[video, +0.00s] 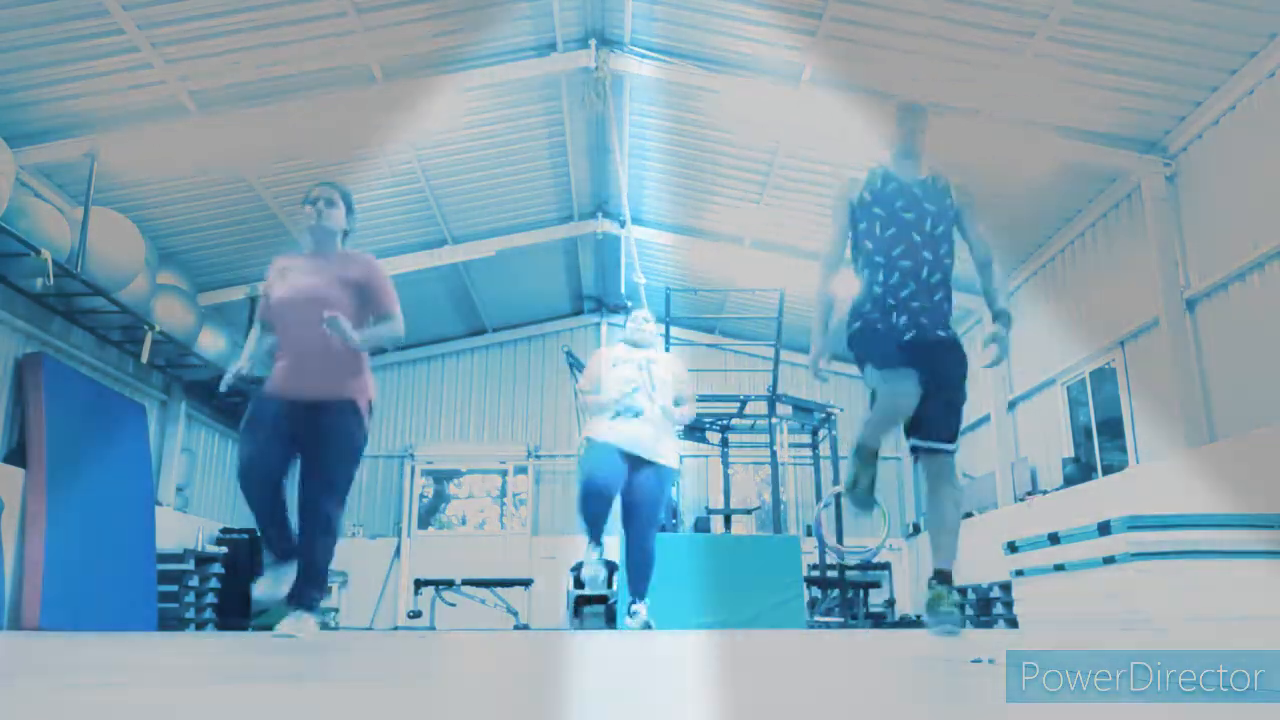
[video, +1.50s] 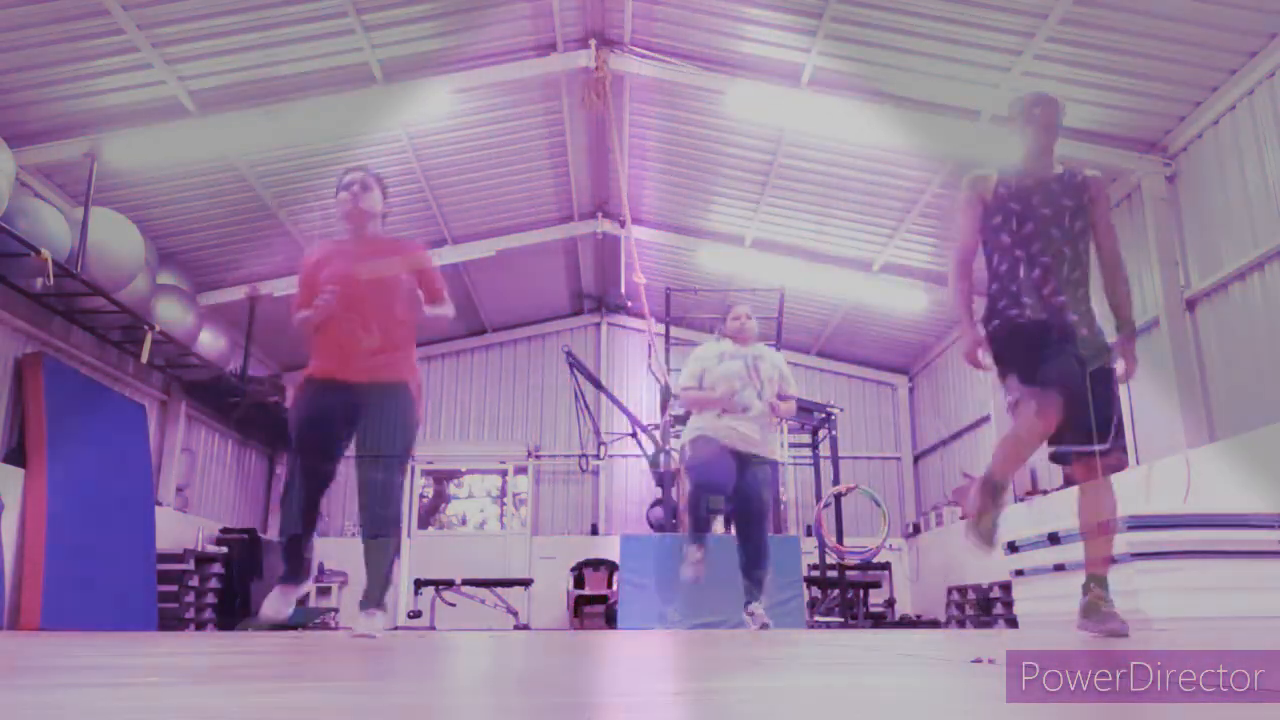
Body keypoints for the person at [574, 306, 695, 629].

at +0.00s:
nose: (642, 325)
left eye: (648, 321)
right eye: (636, 321)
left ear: (657, 331)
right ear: (624, 328)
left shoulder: (672, 363)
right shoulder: (604, 357)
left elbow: (689, 410)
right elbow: (582, 401)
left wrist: (671, 412)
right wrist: (614, 399)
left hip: (655, 447)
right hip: (608, 439)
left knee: (642, 527)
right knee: (599, 483)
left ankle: (637, 604)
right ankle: (594, 543)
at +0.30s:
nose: (656, 329)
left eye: (661, 324)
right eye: (650, 324)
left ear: (669, 332)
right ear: (640, 333)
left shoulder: (687, 369)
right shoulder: (622, 362)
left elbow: (703, 415)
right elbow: (595, 401)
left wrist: (678, 411)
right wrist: (625, 397)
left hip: (664, 456)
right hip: (618, 445)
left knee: (644, 526)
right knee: (651, 485)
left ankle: (631, 605)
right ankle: (656, 568)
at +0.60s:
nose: (667, 337)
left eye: (672, 332)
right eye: (660, 333)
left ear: (679, 341)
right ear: (649, 341)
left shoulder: (695, 376)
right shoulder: (635, 375)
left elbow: (715, 422)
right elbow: (619, 419)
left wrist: (699, 414)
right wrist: (653, 409)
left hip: (689, 468)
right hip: (645, 466)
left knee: (688, 533)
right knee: (670, 526)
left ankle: (630, 593)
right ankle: (664, 610)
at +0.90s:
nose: (690, 339)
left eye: (694, 334)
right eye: (682, 333)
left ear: (699, 341)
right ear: (667, 341)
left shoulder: (708, 377)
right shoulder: (649, 373)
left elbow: (729, 426)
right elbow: (635, 417)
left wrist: (725, 411)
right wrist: (676, 418)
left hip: (702, 458)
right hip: (659, 467)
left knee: (744, 467)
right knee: (679, 530)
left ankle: (732, 542)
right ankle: (667, 613)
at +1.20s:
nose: (719, 349)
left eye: (723, 344)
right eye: (713, 343)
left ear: (728, 346)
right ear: (697, 345)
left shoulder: (740, 381)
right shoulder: (681, 378)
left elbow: (762, 423)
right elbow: (662, 420)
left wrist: (758, 421)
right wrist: (694, 422)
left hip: (739, 469)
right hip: (689, 471)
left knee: (750, 532)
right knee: (680, 536)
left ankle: (758, 611)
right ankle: (660, 610)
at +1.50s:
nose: (742, 322)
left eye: (748, 318)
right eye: (735, 318)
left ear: (757, 326)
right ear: (724, 327)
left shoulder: (773, 358)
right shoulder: (707, 352)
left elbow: (790, 404)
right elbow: (684, 395)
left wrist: (781, 407)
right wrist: (717, 398)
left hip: (757, 444)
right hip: (710, 435)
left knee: (756, 522)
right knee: (712, 478)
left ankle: (753, 600)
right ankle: (697, 544)